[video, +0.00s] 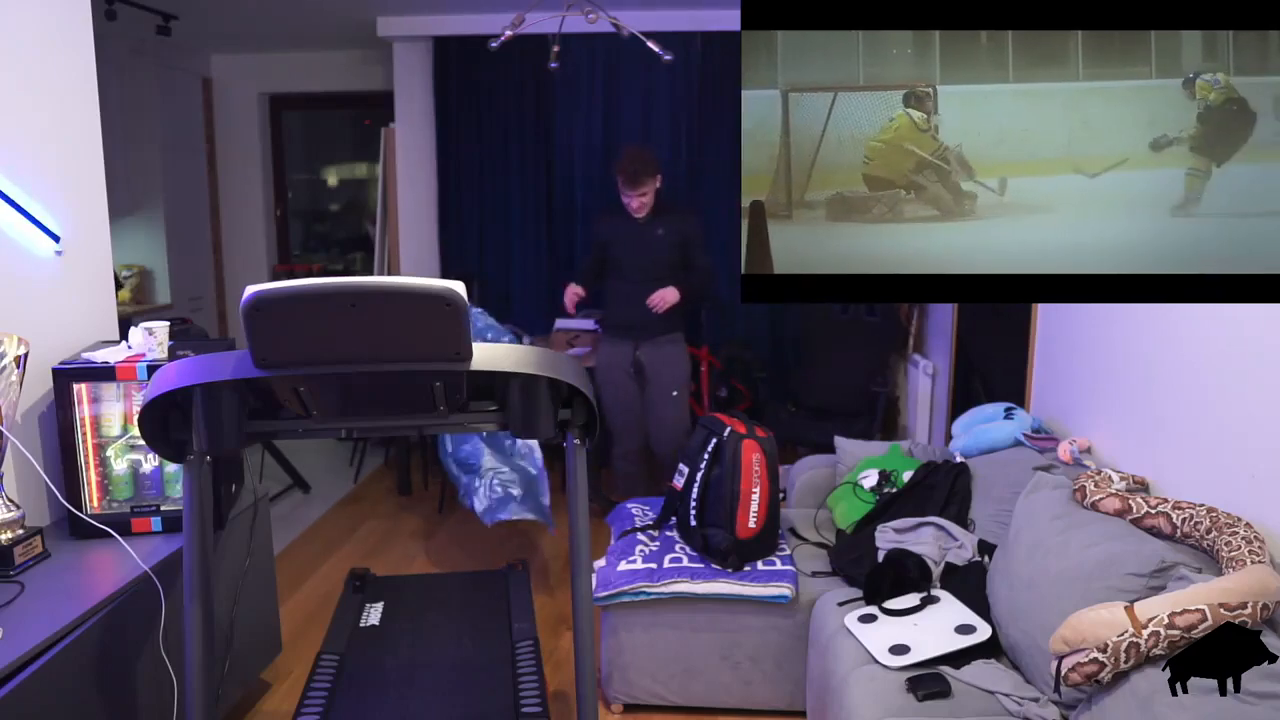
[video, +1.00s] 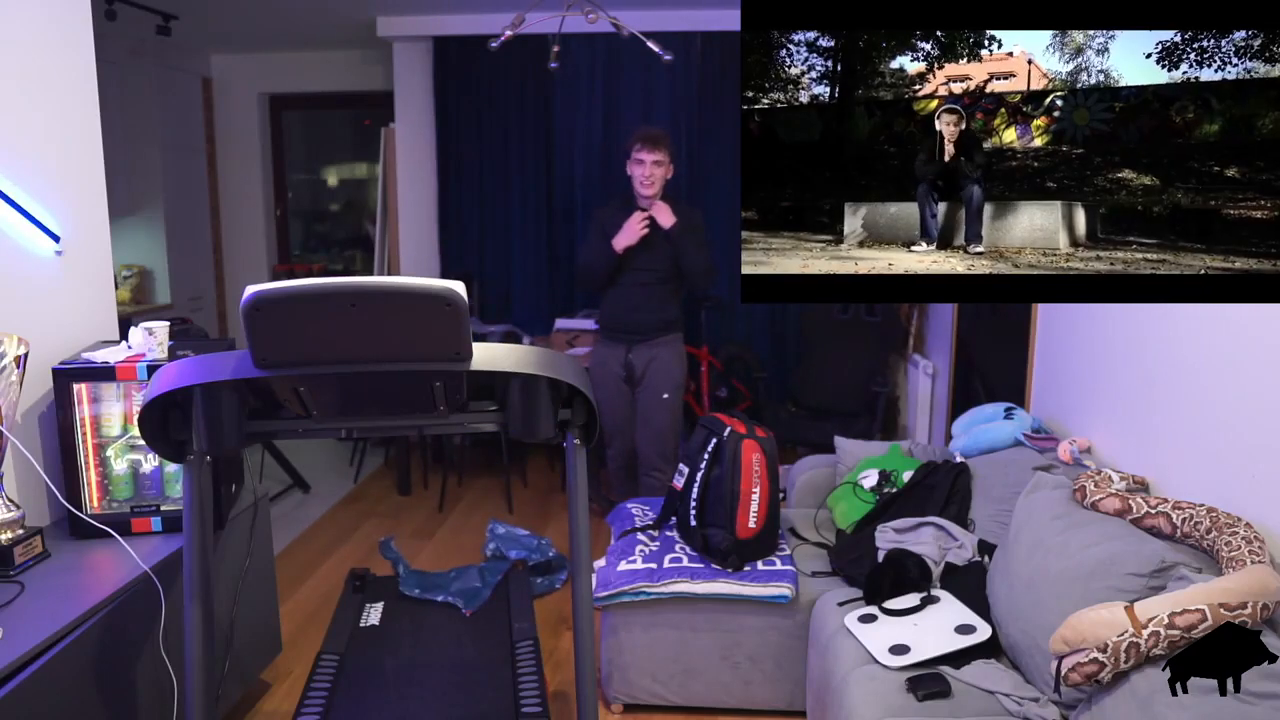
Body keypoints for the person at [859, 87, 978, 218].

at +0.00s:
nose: (932, 104)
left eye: (931, 100)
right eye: (928, 100)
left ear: (912, 103)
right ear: (916, 102)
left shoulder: (903, 118)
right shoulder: (915, 121)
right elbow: (941, 151)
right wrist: (966, 168)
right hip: (883, 178)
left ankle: (951, 208)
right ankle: (957, 198)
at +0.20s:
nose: (927, 106)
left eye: (926, 102)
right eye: (924, 102)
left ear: (908, 104)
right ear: (914, 103)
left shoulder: (900, 119)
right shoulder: (915, 122)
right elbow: (944, 146)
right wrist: (966, 160)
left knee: (932, 167)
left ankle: (955, 199)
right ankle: (953, 208)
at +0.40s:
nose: (949, 121)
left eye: (953, 118)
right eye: (946, 117)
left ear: (961, 121)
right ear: (941, 120)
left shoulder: (971, 137)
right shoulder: (934, 136)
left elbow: (971, 169)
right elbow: (926, 168)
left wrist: (953, 142)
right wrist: (941, 142)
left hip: (964, 178)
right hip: (940, 178)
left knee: (973, 189)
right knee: (924, 186)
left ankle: (971, 241)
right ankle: (927, 239)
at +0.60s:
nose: (947, 128)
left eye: (951, 124)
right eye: (943, 124)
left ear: (959, 127)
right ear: (938, 126)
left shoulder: (969, 141)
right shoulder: (930, 141)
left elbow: (970, 171)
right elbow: (922, 172)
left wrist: (951, 148)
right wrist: (940, 148)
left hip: (964, 183)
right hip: (941, 184)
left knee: (971, 187)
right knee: (925, 186)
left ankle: (971, 241)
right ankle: (927, 240)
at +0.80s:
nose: (945, 132)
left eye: (950, 127)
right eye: (940, 127)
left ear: (958, 129)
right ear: (934, 129)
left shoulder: (969, 142)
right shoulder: (929, 143)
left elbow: (971, 172)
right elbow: (919, 174)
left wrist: (949, 155)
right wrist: (940, 156)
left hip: (964, 183)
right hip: (941, 184)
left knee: (971, 191)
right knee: (924, 189)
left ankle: (973, 242)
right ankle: (928, 240)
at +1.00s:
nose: (952, 129)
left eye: (956, 125)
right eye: (947, 124)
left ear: (962, 125)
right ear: (939, 125)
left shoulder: (970, 139)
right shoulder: (931, 140)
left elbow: (976, 173)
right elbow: (921, 172)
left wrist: (954, 158)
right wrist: (943, 161)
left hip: (963, 184)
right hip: (940, 184)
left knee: (975, 191)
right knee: (924, 190)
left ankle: (973, 242)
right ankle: (929, 240)